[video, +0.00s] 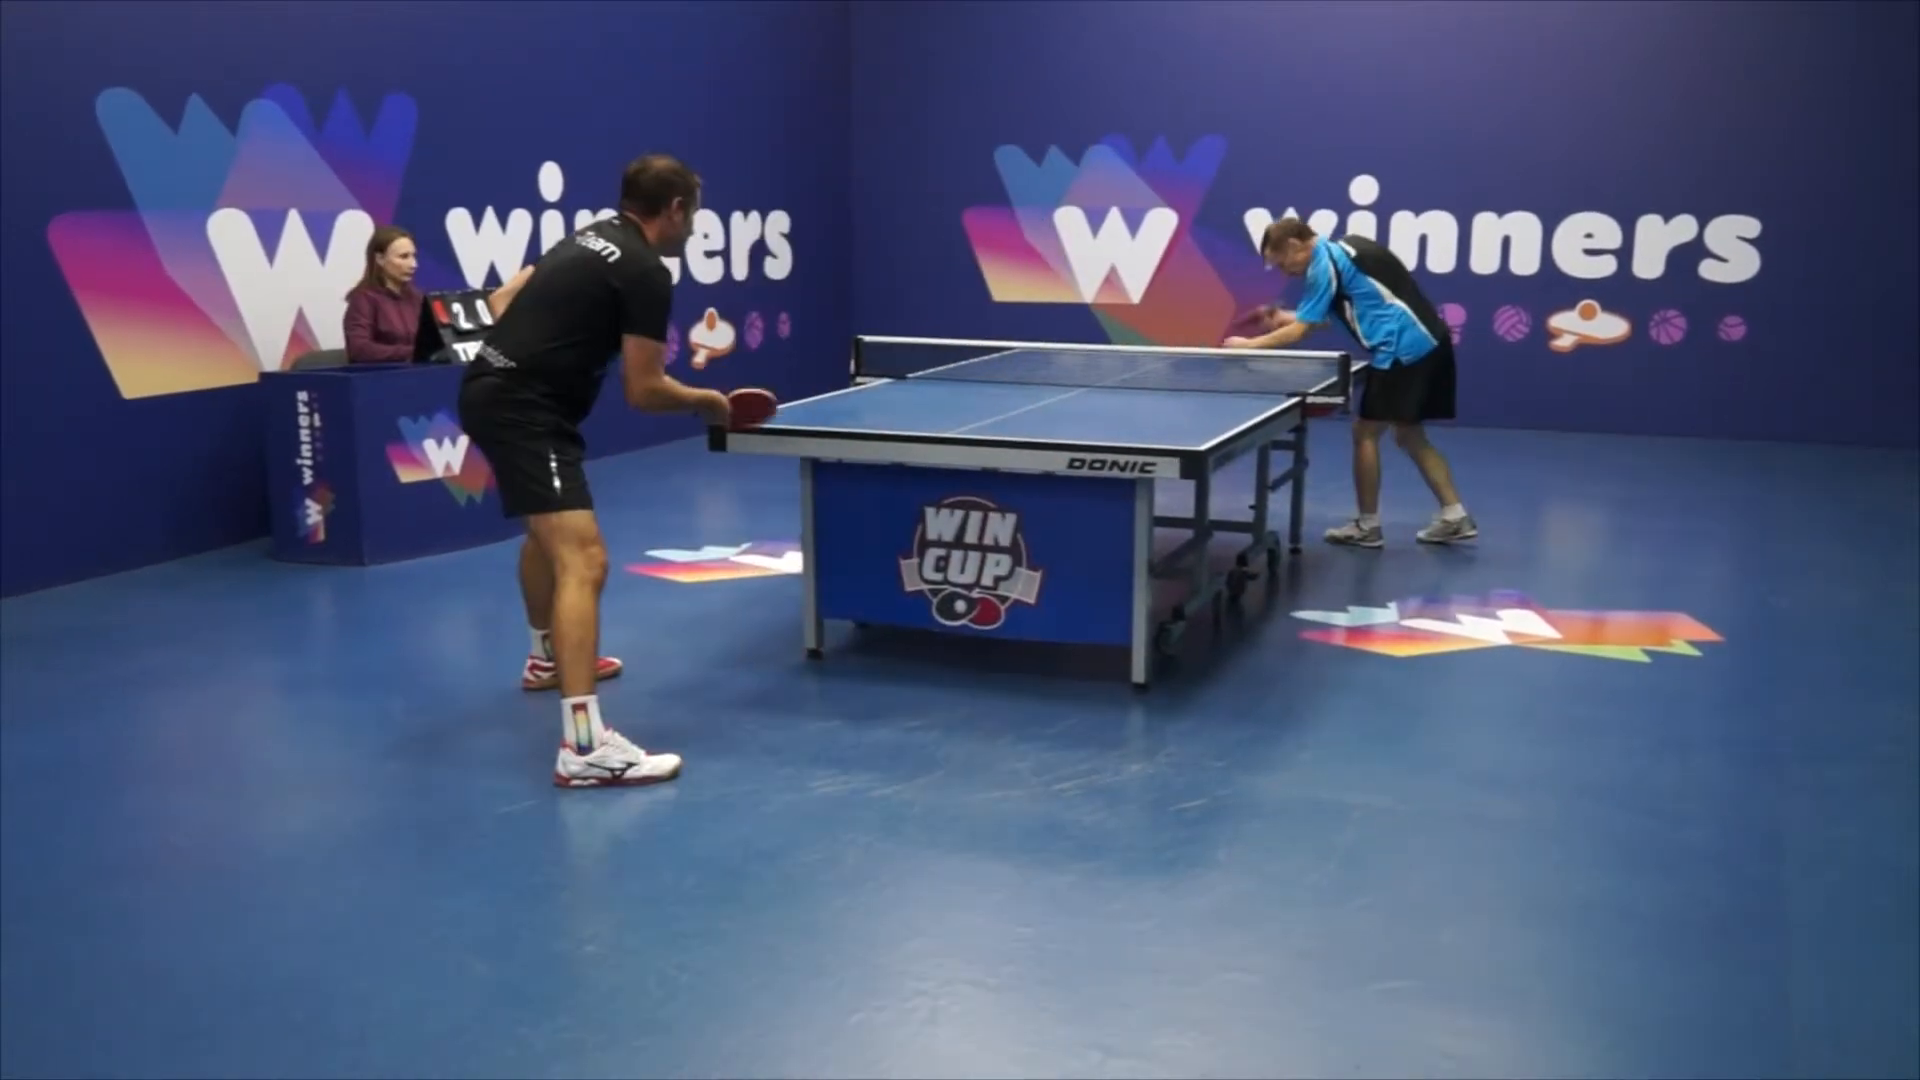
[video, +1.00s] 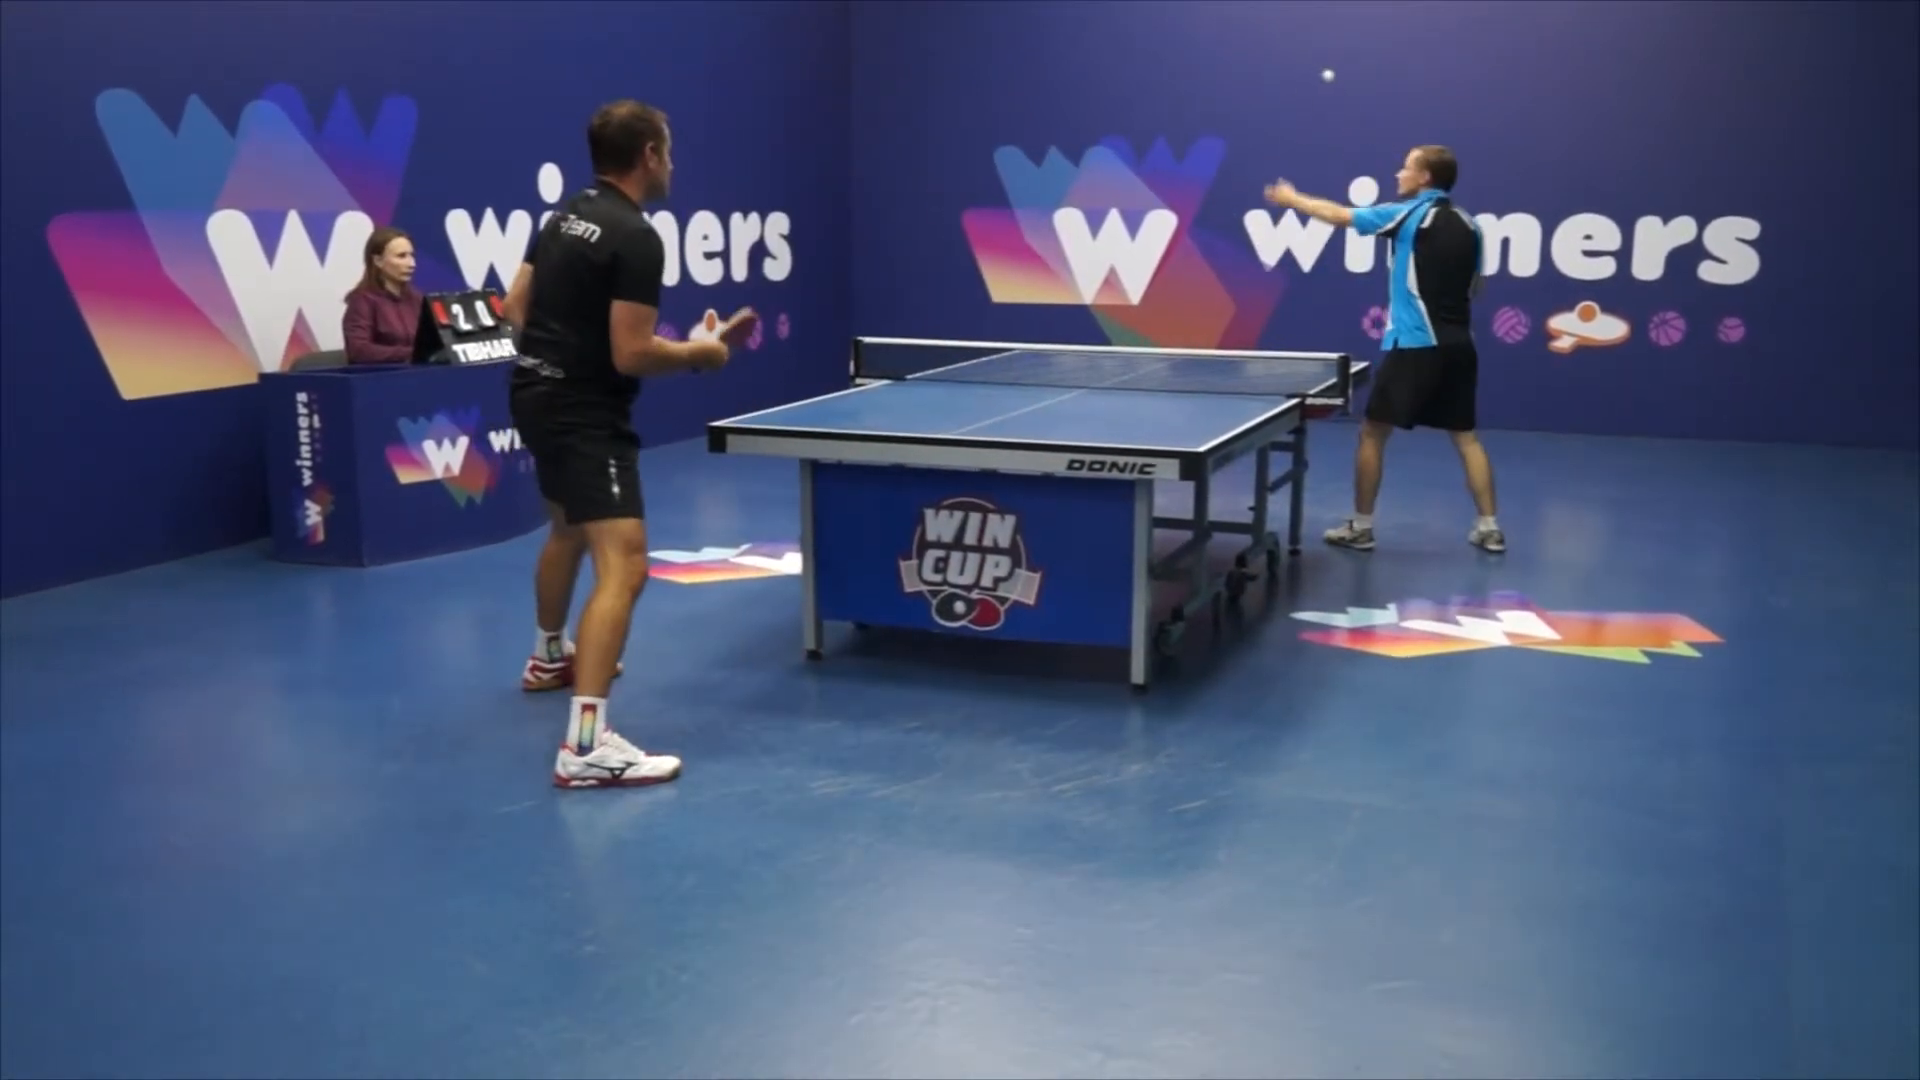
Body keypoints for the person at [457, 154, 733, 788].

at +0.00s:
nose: (691, 225)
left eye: (691, 214)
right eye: (690, 214)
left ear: (633, 205)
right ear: (670, 211)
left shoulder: (594, 237)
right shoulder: (646, 271)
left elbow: (501, 300)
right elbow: (645, 389)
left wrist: (547, 352)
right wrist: (709, 400)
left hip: (493, 393)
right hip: (525, 404)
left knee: (545, 532)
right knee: (583, 562)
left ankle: (548, 654)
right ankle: (584, 741)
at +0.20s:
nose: (687, 224)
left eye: (687, 212)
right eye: (687, 212)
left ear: (629, 203)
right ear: (667, 210)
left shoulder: (591, 237)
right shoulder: (642, 269)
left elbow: (500, 301)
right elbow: (638, 387)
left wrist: (540, 359)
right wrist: (707, 399)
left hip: (492, 394)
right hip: (525, 404)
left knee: (545, 534)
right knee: (582, 562)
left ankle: (547, 656)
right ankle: (583, 742)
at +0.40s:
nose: (685, 209)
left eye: (684, 198)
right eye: (684, 198)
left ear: (622, 193)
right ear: (663, 199)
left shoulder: (583, 232)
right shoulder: (640, 263)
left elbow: (500, 301)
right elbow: (634, 379)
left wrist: (551, 350)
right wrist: (705, 395)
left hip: (496, 390)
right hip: (530, 400)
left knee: (548, 532)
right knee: (586, 562)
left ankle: (548, 655)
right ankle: (583, 741)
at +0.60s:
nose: (679, 193)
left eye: (676, 181)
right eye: (675, 182)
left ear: (616, 181)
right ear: (655, 186)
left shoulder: (573, 225)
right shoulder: (637, 251)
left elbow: (504, 301)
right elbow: (628, 366)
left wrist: (558, 351)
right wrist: (696, 380)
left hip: (507, 389)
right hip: (545, 400)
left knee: (554, 530)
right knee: (593, 561)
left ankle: (548, 656)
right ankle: (583, 741)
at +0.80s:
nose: (673, 176)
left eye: (672, 163)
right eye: (670, 164)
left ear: (607, 167)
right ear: (650, 168)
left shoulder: (570, 219)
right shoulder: (634, 242)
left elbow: (508, 304)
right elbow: (629, 358)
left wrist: (569, 345)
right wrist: (698, 367)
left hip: (518, 391)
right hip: (561, 401)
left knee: (562, 528)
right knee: (604, 561)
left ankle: (549, 656)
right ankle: (584, 742)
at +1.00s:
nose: (670, 162)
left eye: (667, 150)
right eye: (667, 152)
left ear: (603, 157)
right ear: (649, 157)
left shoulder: (565, 214)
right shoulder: (637, 238)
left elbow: (517, 308)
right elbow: (632, 353)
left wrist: (582, 340)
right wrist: (701, 350)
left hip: (537, 393)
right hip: (586, 403)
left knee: (567, 527)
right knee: (623, 566)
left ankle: (550, 655)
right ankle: (586, 740)